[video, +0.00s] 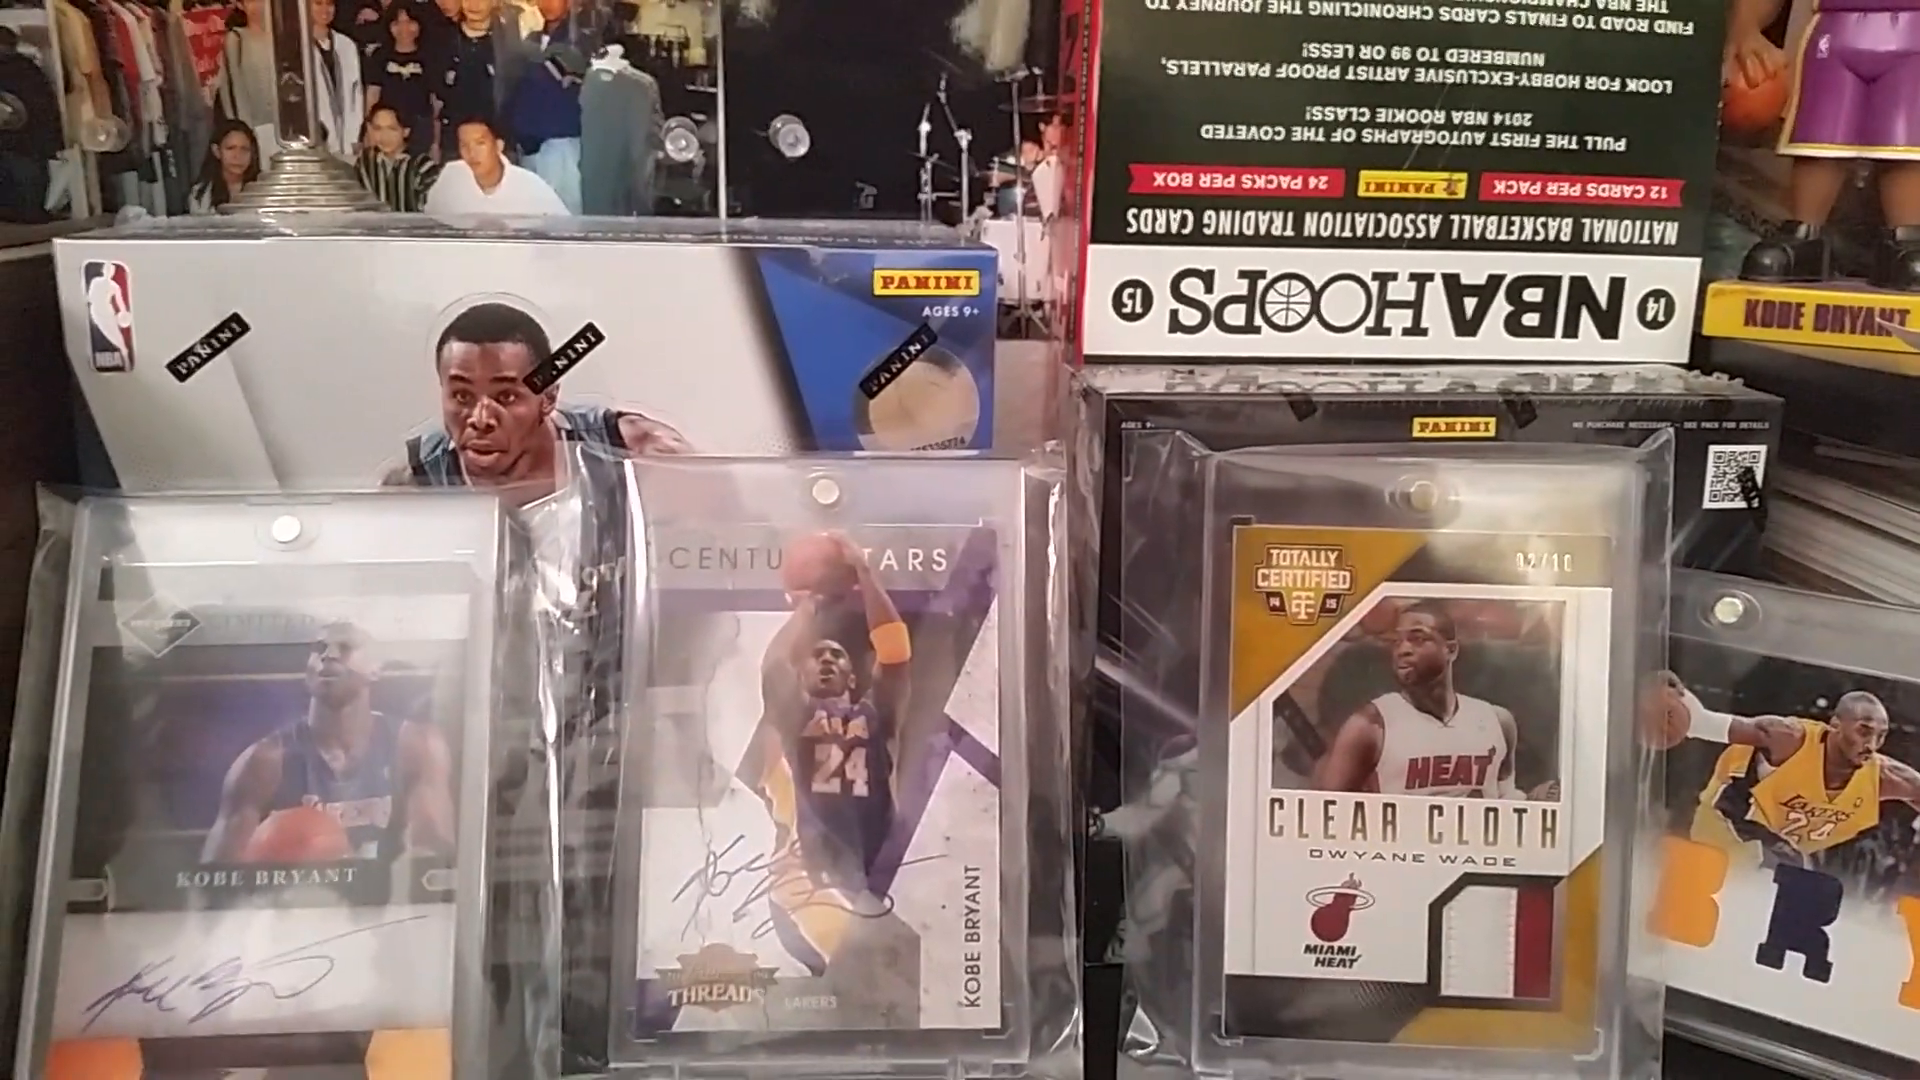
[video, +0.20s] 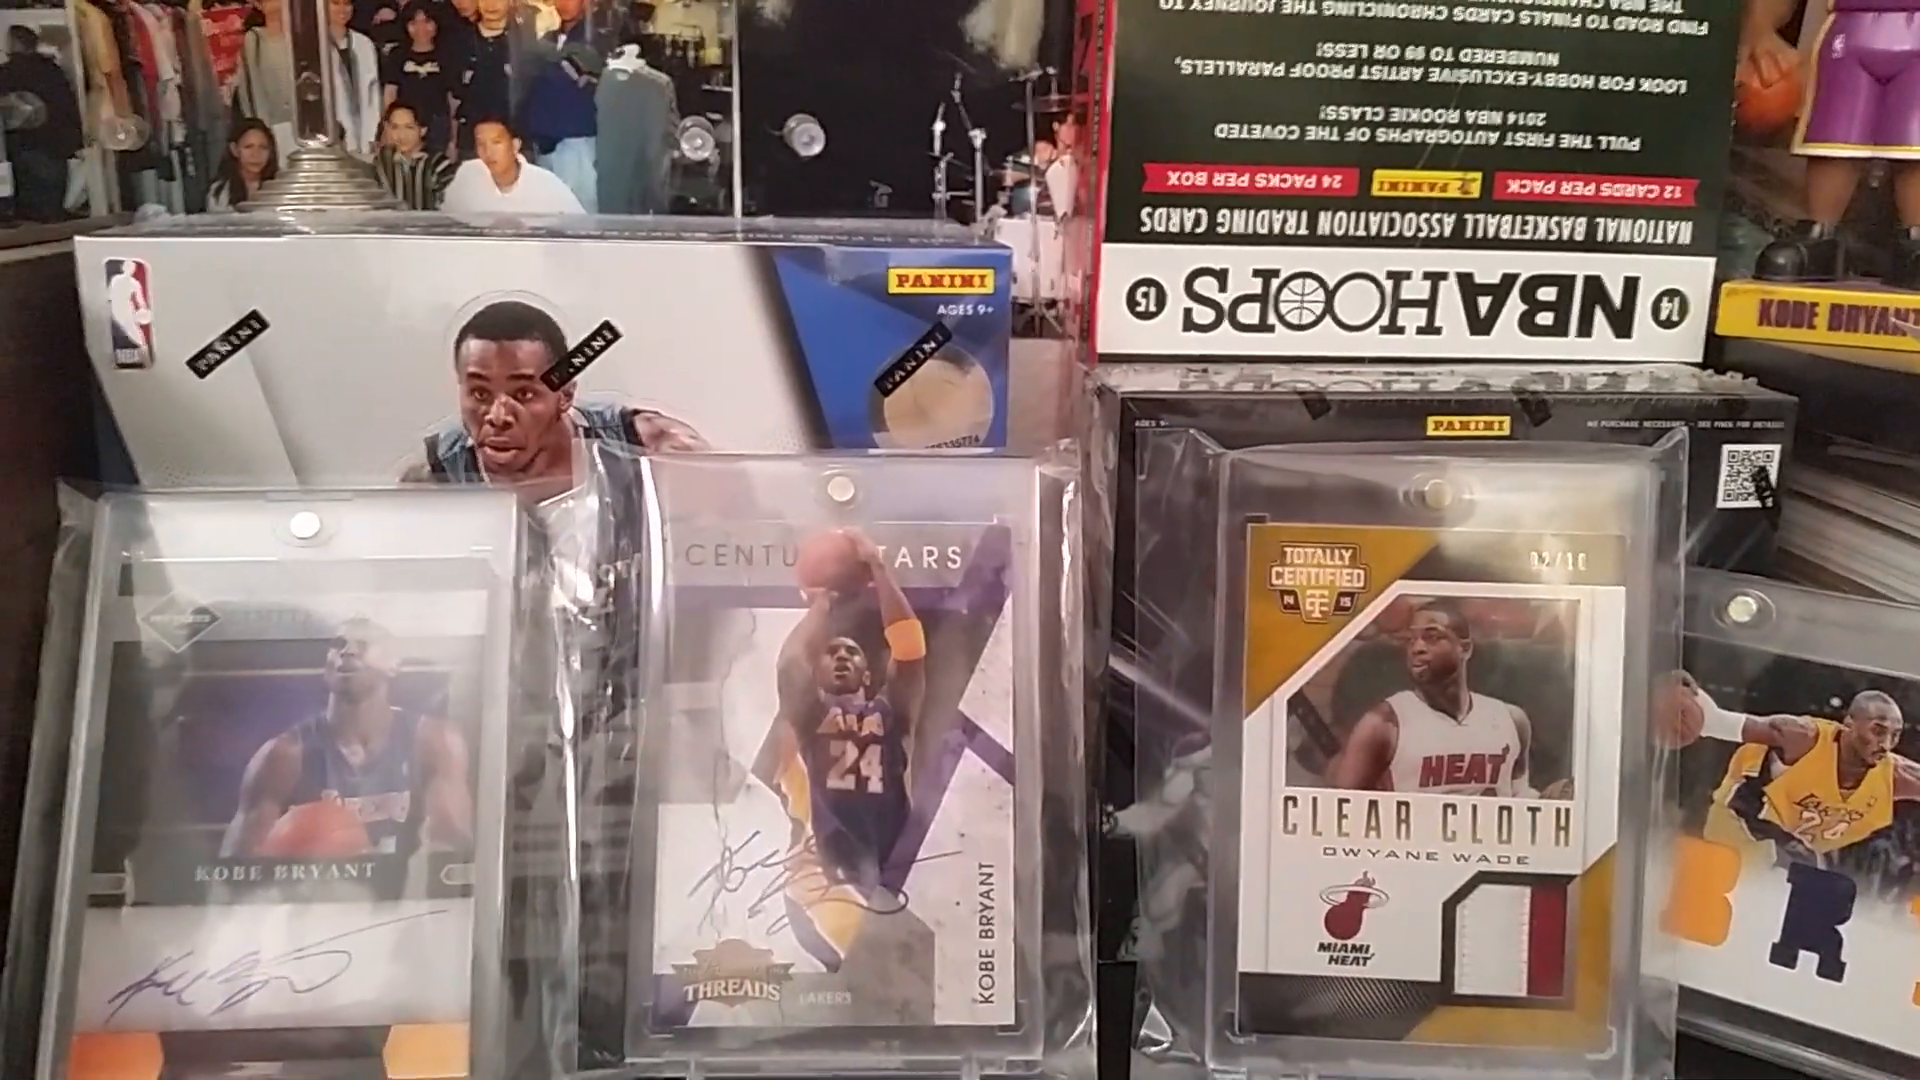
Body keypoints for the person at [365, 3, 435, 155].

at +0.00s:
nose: (404, 28)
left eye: (410, 22)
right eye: (398, 23)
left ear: (418, 28)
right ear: (392, 28)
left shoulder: (429, 58)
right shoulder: (380, 56)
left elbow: (436, 101)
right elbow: (373, 94)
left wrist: (436, 142)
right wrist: (370, 131)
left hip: (420, 127)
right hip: (387, 129)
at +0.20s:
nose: (420, 28)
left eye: (427, 21)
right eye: (414, 23)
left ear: (435, 27)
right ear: (408, 28)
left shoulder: (446, 56)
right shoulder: (398, 55)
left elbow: (453, 99)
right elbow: (390, 93)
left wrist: (453, 140)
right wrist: (389, 130)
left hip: (437, 125)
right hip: (405, 126)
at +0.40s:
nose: (427, 29)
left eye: (432, 23)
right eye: (420, 24)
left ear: (441, 28)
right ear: (414, 29)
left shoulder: (451, 59)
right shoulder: (403, 57)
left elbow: (459, 101)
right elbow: (395, 95)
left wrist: (458, 142)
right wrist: (392, 132)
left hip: (442, 128)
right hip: (410, 129)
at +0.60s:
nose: (446, 27)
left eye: (453, 22)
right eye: (447, 22)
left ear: (469, 26)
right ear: (445, 25)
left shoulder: (483, 58)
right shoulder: (435, 56)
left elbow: (490, 100)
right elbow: (425, 93)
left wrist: (489, 141)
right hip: (439, 128)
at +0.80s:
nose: (507, 29)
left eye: (507, 25)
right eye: (501, 25)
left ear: (511, 28)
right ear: (486, 31)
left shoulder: (520, 59)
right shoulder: (474, 58)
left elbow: (528, 100)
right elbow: (467, 94)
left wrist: (528, 144)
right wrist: (462, 127)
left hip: (513, 128)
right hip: (481, 128)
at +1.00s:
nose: (500, 33)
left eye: (506, 27)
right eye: (494, 28)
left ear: (514, 31)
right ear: (488, 33)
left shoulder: (525, 62)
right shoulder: (477, 60)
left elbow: (532, 103)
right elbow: (470, 98)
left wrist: (531, 144)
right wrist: (467, 133)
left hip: (516, 129)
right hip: (484, 130)